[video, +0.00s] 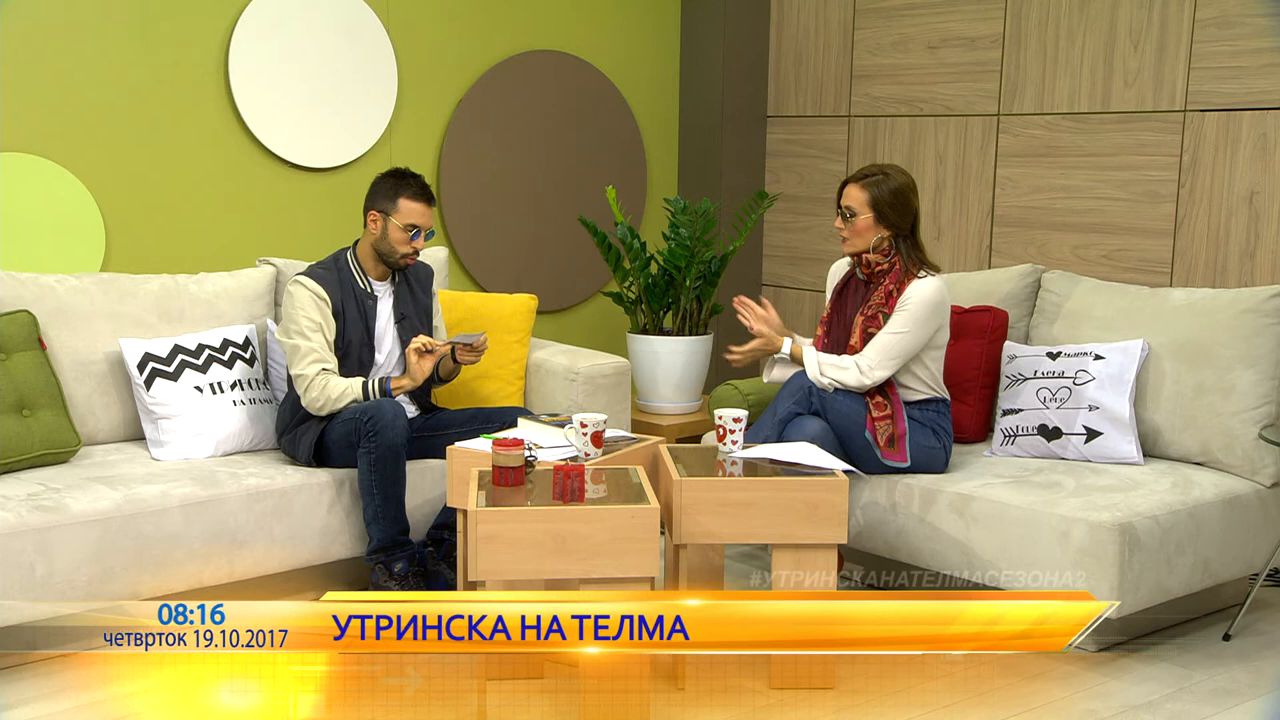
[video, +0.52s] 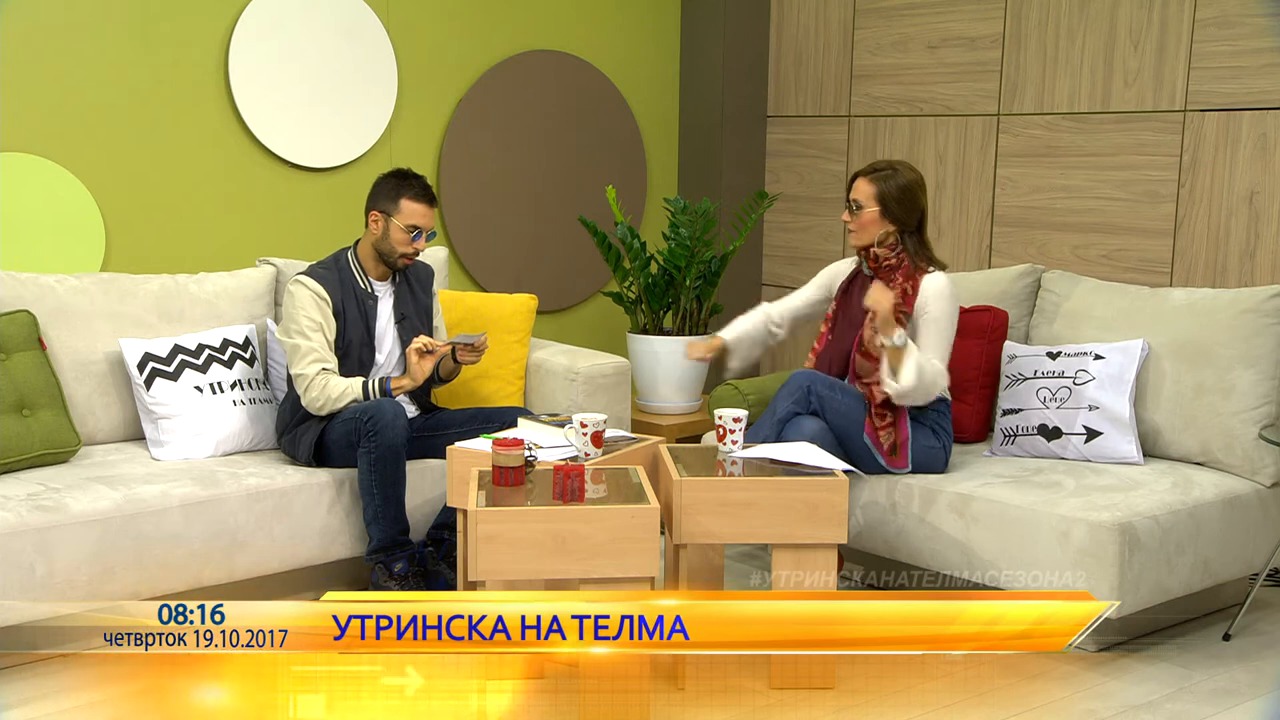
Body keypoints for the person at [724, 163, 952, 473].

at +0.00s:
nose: (838, 224)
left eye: (849, 215)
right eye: (840, 213)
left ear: (887, 224)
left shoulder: (926, 291)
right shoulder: (841, 273)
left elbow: (862, 373)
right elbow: (833, 357)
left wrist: (783, 347)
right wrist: (784, 338)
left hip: (920, 435)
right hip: (860, 425)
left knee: (807, 386)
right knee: (808, 431)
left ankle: (732, 468)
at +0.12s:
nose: (838, 222)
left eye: (849, 214)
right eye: (840, 211)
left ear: (886, 226)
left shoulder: (925, 290)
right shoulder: (839, 273)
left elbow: (865, 374)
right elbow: (823, 361)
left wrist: (793, 343)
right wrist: (786, 342)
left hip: (921, 434)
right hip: (858, 424)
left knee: (807, 385)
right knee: (807, 431)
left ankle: (735, 467)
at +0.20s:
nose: (836, 221)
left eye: (848, 213)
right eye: (839, 210)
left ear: (885, 225)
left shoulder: (924, 290)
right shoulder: (838, 273)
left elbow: (871, 377)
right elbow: (823, 373)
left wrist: (814, 328)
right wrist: (796, 338)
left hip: (921, 434)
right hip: (859, 426)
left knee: (807, 387)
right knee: (806, 430)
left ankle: (734, 471)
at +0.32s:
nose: (837, 219)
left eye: (848, 210)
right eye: (839, 209)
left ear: (885, 222)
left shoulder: (925, 286)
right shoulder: (839, 271)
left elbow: (877, 374)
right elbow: (810, 349)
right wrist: (778, 326)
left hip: (921, 433)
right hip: (860, 424)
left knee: (807, 385)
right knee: (806, 431)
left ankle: (734, 467)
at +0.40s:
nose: (839, 217)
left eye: (851, 208)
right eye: (842, 207)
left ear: (888, 218)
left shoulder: (926, 285)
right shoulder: (843, 271)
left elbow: (893, 376)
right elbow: (800, 339)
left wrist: (876, 304)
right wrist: (760, 335)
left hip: (919, 433)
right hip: (858, 424)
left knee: (805, 385)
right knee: (805, 431)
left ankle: (733, 469)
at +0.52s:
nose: (845, 218)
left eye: (856, 208)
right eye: (848, 207)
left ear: (894, 217)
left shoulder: (931, 286)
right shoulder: (844, 273)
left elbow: (925, 386)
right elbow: (777, 316)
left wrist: (890, 331)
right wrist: (720, 342)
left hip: (918, 436)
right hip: (856, 426)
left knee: (805, 383)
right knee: (806, 430)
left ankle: (736, 466)